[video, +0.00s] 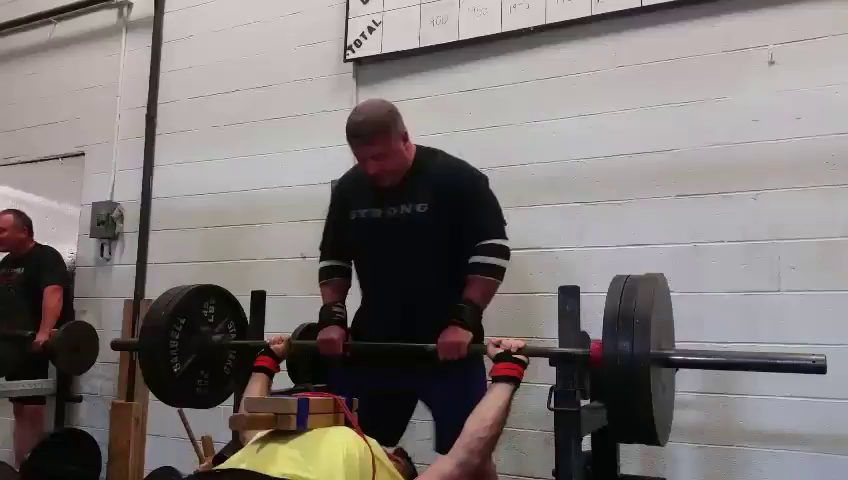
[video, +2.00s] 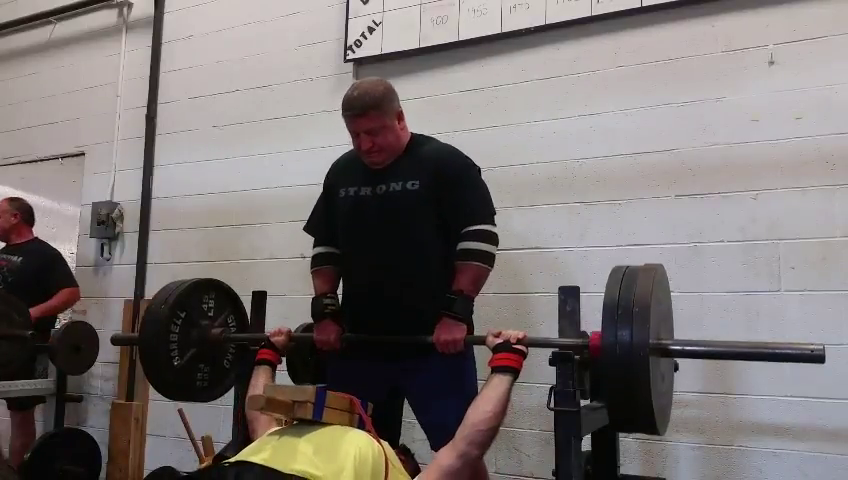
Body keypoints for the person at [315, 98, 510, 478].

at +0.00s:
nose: (371, 169)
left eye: (379, 158)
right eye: (363, 159)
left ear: (405, 140)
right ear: (352, 150)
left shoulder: (459, 181)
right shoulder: (349, 191)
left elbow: (491, 252)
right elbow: (334, 262)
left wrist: (464, 320)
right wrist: (333, 318)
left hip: (450, 344)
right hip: (378, 344)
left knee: (468, 459)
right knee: (360, 456)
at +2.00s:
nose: (366, 144)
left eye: (375, 133)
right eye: (356, 135)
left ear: (400, 120)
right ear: (348, 129)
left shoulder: (448, 166)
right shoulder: (342, 173)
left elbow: (479, 241)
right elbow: (326, 248)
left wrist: (456, 311)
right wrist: (325, 312)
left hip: (436, 341)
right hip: (360, 342)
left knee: (460, 456)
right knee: (356, 459)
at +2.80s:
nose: (368, 148)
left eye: (377, 136)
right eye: (359, 138)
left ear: (404, 126)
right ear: (350, 133)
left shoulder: (448, 174)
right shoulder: (344, 180)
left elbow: (459, 247)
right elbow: (312, 247)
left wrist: (431, 309)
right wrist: (292, 303)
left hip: (439, 342)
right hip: (364, 342)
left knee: (462, 452)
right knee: (367, 455)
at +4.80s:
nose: (365, 157)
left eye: (373, 146)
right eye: (355, 148)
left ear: (397, 129)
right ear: (346, 139)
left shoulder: (447, 176)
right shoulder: (340, 184)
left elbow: (482, 256)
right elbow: (325, 260)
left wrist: (480, 331)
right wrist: (311, 322)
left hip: (439, 342)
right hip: (364, 342)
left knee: (467, 453)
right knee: (368, 455)